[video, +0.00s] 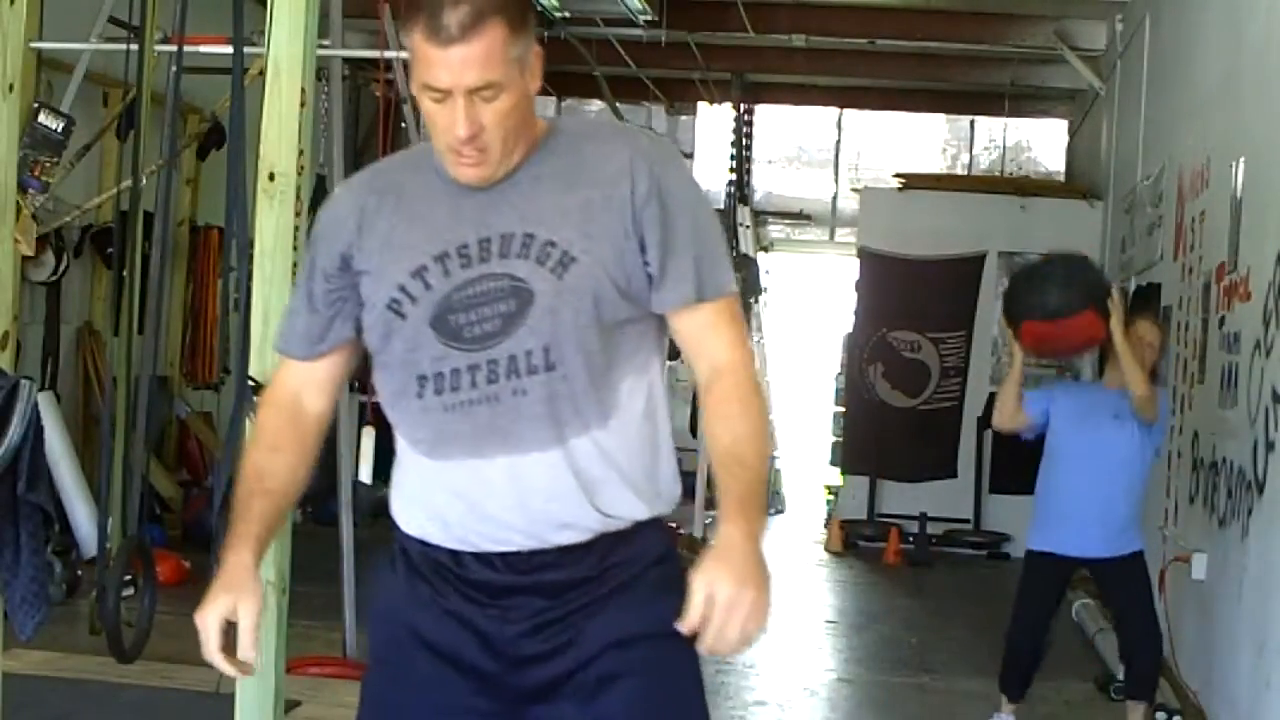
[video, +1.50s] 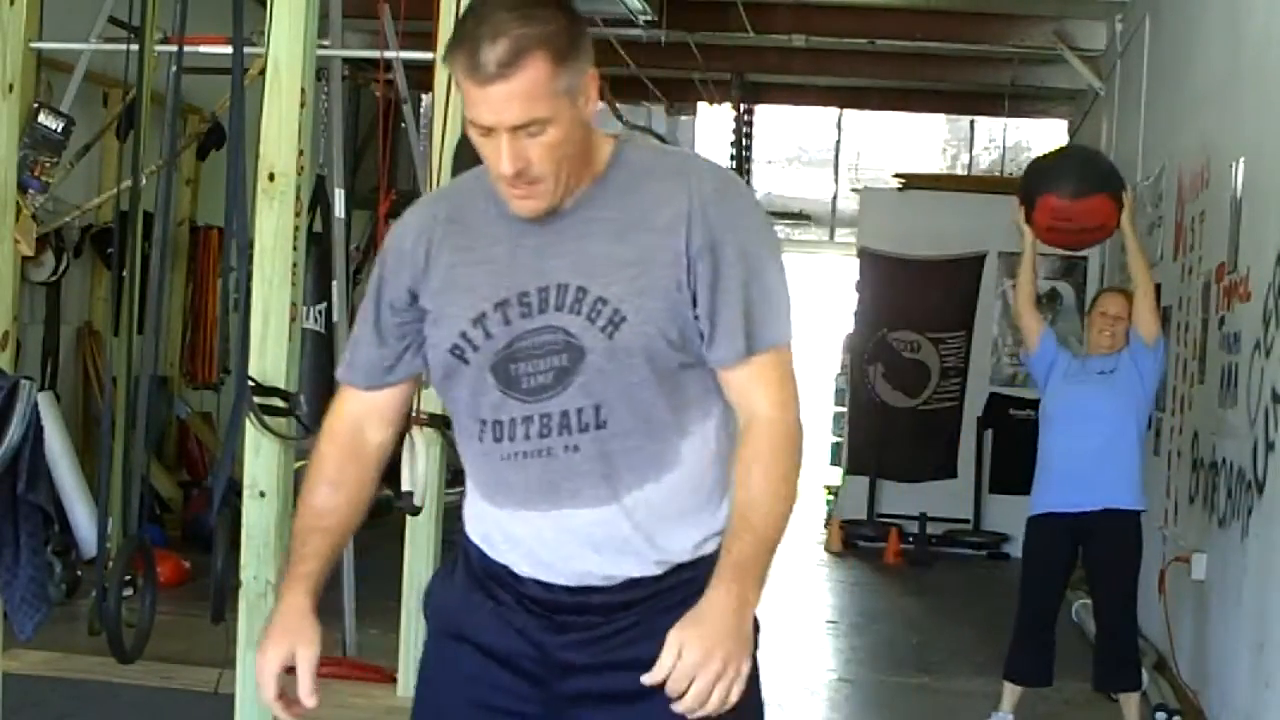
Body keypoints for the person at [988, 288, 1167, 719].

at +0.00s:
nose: (1144, 351)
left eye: (1152, 344)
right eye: (1138, 340)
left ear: (1160, 356)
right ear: (1113, 343)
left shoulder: (1153, 405)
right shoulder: (1062, 395)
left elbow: (1141, 399)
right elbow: (1004, 419)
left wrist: (1116, 332)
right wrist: (1018, 355)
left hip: (1118, 549)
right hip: (1052, 545)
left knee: (1145, 645)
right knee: (1024, 635)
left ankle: (1138, 715)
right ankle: (1007, 711)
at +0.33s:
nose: (1140, 373)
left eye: (1151, 371)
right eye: (1135, 362)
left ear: (1155, 385)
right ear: (1114, 362)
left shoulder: (1154, 426)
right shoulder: (1058, 419)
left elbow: (1118, 416)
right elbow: (1015, 472)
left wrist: (1106, 373)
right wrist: (1018, 410)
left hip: (1112, 564)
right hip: (1046, 557)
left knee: (1141, 656)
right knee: (1013, 641)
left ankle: (1135, 713)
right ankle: (1005, 710)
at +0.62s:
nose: (1135, 381)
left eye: (1146, 378)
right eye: (1129, 369)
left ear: (1151, 391)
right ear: (1109, 370)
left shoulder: (1151, 432)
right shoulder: (1057, 429)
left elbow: (1112, 425)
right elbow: (1015, 481)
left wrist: (1101, 382)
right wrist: (1016, 418)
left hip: (1112, 571)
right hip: (1046, 566)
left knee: (1140, 658)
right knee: (1010, 647)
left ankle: (1134, 713)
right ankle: (1005, 709)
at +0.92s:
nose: (1137, 369)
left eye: (1146, 365)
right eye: (1130, 358)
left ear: (1153, 375)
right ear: (1107, 360)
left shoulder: (1152, 419)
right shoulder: (1059, 416)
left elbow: (1124, 406)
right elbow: (1009, 460)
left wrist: (1103, 364)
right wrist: (1012, 398)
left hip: (1112, 561)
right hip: (1045, 555)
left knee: (1136, 655)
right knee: (1011, 644)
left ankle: (1136, 711)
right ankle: (1003, 708)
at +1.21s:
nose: (1127, 327)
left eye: (1133, 322)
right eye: (1120, 319)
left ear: (1139, 331)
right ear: (1102, 325)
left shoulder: (1144, 376)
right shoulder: (1059, 367)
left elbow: (1152, 314)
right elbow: (1004, 355)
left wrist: (1117, 269)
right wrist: (1019, 296)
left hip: (1108, 520)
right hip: (1046, 514)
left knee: (1117, 623)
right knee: (1027, 613)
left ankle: (1132, 714)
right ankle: (1004, 711)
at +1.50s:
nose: (1109, 322)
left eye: (1119, 317)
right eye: (1102, 314)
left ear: (1131, 328)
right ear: (1086, 321)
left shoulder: (1139, 369)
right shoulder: (1056, 366)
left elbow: (1146, 298)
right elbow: (1025, 308)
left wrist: (1127, 227)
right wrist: (1029, 243)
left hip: (1116, 515)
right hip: (1051, 512)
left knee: (1118, 622)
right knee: (1033, 614)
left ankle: (1132, 716)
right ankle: (1005, 712)